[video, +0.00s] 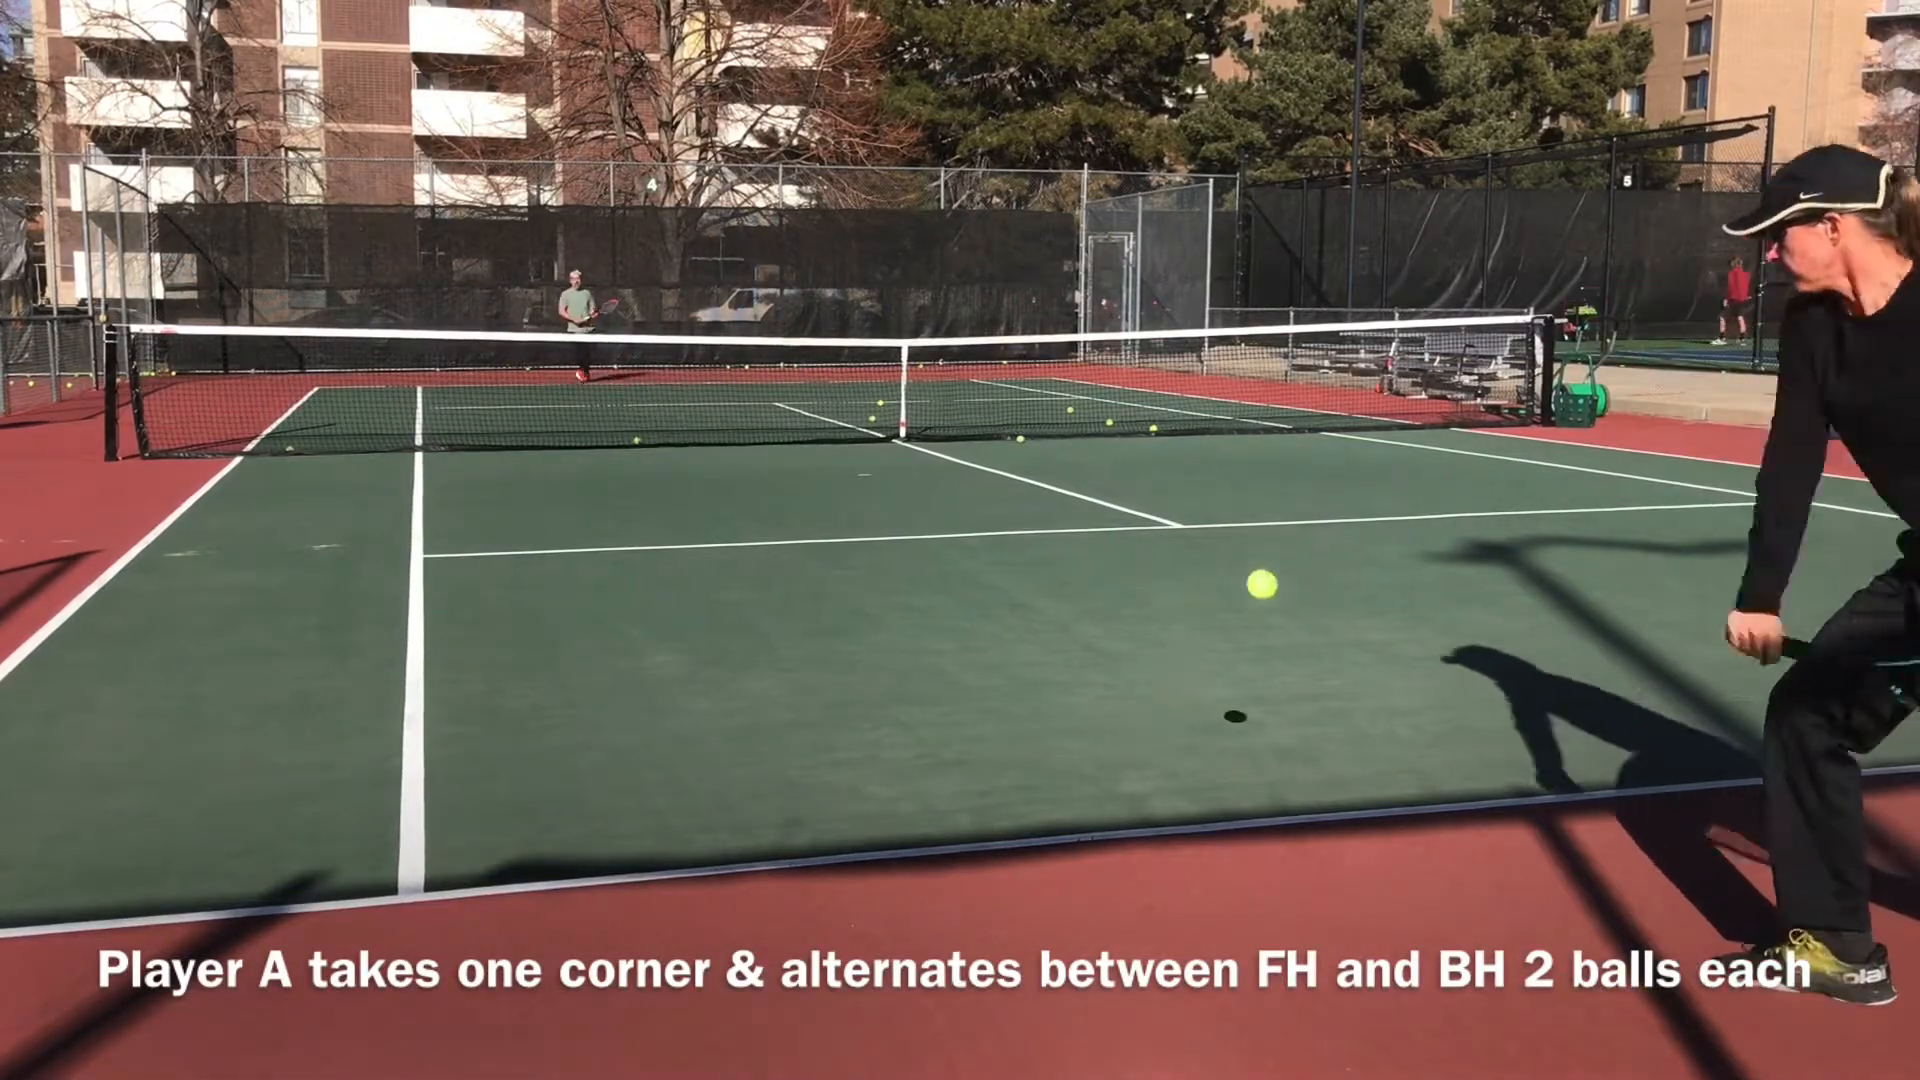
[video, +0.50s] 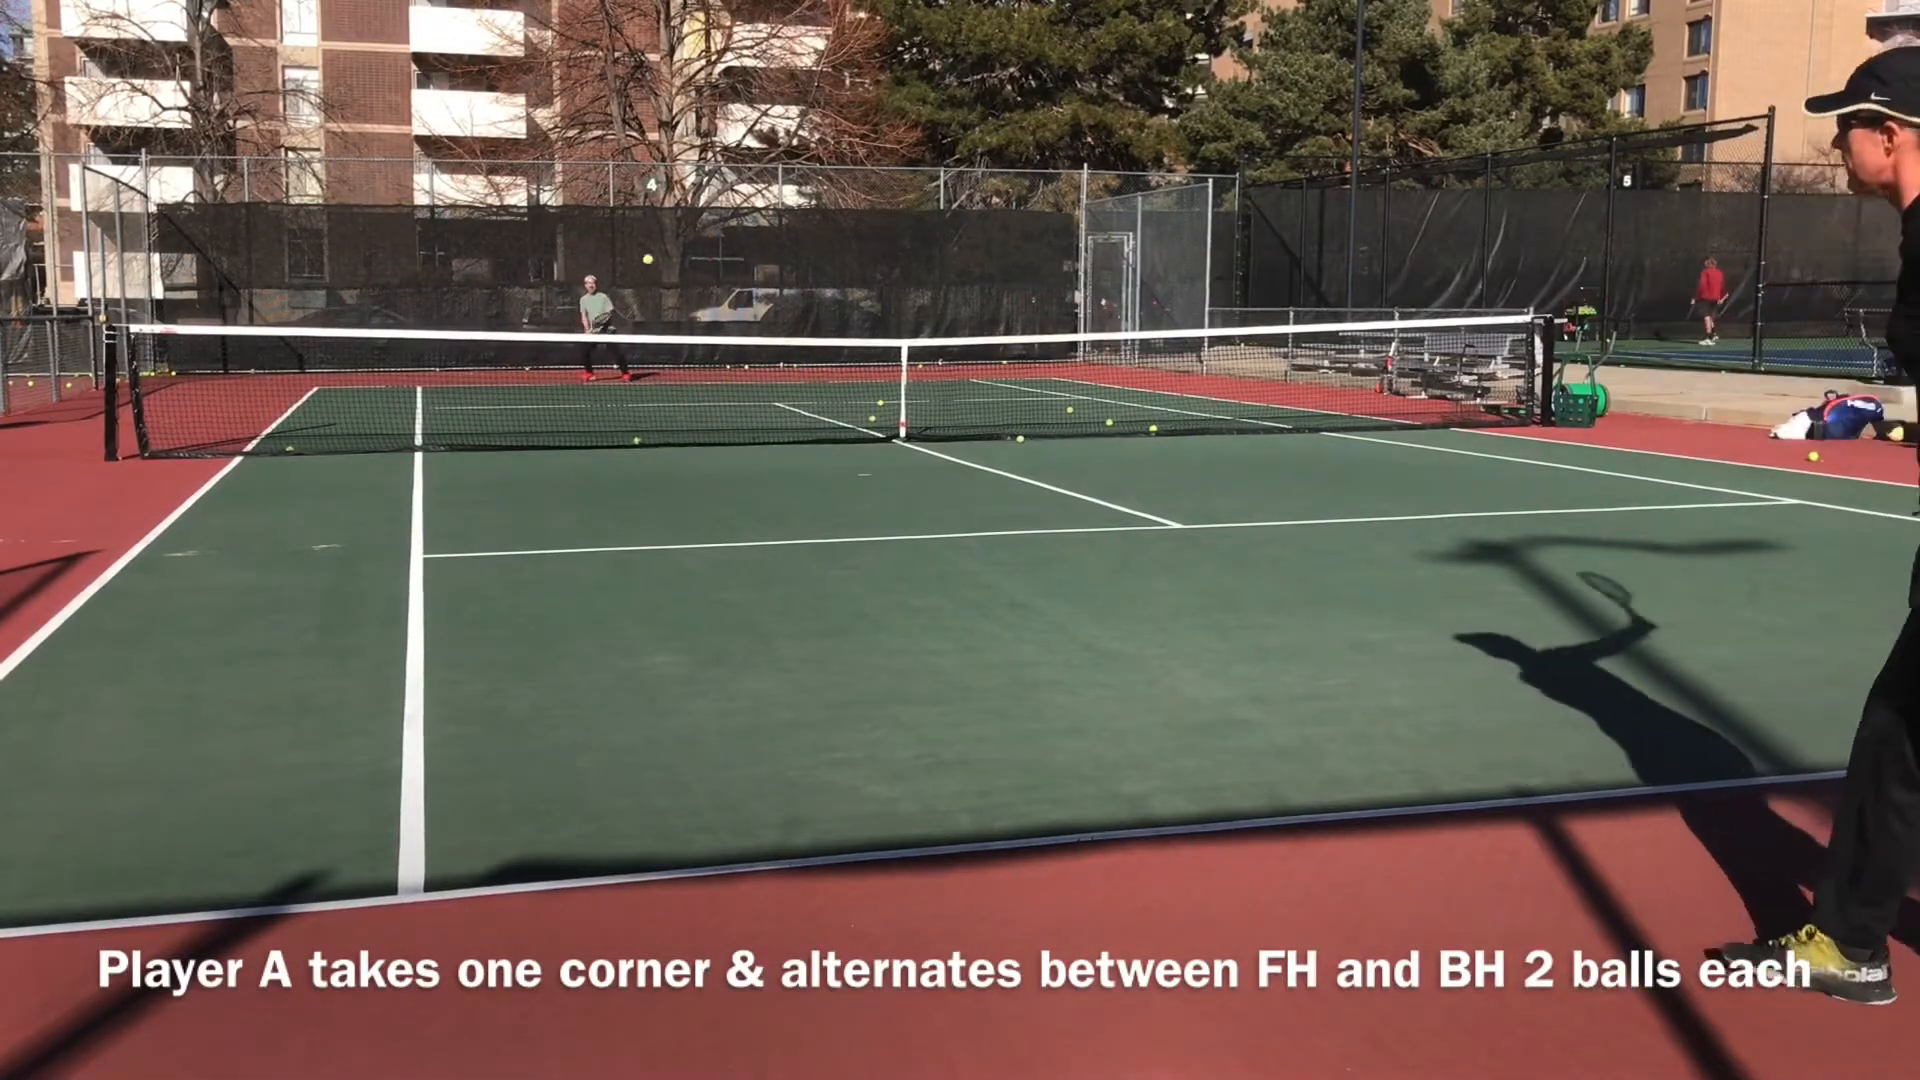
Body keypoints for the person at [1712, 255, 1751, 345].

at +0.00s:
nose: (1732, 267)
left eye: (1731, 265)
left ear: (1732, 264)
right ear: (1741, 264)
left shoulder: (1731, 274)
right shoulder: (1746, 274)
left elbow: (1730, 288)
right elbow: (1748, 286)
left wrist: (1727, 298)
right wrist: (1748, 295)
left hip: (1733, 299)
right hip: (1744, 299)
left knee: (1722, 316)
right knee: (1740, 316)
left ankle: (1722, 336)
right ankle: (1743, 335)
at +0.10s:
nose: (1728, 268)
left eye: (1728, 266)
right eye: (1730, 266)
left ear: (1728, 266)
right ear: (1736, 265)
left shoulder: (1727, 274)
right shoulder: (1741, 275)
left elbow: (1726, 288)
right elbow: (1742, 287)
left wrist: (1724, 299)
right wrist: (1741, 297)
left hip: (1729, 299)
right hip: (1738, 299)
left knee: (1720, 316)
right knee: (1737, 316)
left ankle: (1714, 335)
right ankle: (1743, 333)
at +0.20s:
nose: (1719, 267)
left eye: (1719, 265)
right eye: (1719, 265)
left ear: (1721, 265)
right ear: (1729, 265)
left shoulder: (1720, 274)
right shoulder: (1734, 274)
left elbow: (1721, 288)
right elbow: (1737, 285)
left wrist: (1720, 301)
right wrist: (1737, 297)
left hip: (1724, 300)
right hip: (1734, 300)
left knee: (1714, 318)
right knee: (1732, 317)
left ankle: (1711, 338)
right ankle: (1740, 336)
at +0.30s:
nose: (1714, 266)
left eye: (1715, 265)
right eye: (1715, 265)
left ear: (1716, 265)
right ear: (1723, 265)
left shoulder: (1715, 274)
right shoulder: (1728, 274)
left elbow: (1715, 288)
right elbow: (1729, 287)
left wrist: (1713, 300)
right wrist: (1730, 297)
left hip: (1717, 300)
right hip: (1725, 299)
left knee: (1711, 317)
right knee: (1724, 317)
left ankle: (1710, 338)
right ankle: (1735, 332)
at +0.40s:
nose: (1709, 265)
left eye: (1710, 263)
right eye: (1710, 263)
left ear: (1712, 264)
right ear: (1719, 263)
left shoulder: (1710, 272)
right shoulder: (1723, 273)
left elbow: (1708, 287)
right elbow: (1725, 286)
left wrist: (1705, 299)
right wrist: (1725, 296)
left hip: (1711, 298)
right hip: (1722, 298)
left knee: (1709, 317)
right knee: (1716, 318)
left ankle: (1709, 337)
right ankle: (1727, 331)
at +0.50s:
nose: (1705, 265)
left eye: (1706, 264)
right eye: (1706, 263)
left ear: (1707, 264)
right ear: (1714, 264)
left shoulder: (1705, 273)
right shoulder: (1719, 273)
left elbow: (1701, 286)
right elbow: (1722, 286)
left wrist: (1696, 297)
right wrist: (1720, 297)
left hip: (1706, 297)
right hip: (1715, 297)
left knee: (1706, 315)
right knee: (1711, 315)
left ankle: (1708, 337)